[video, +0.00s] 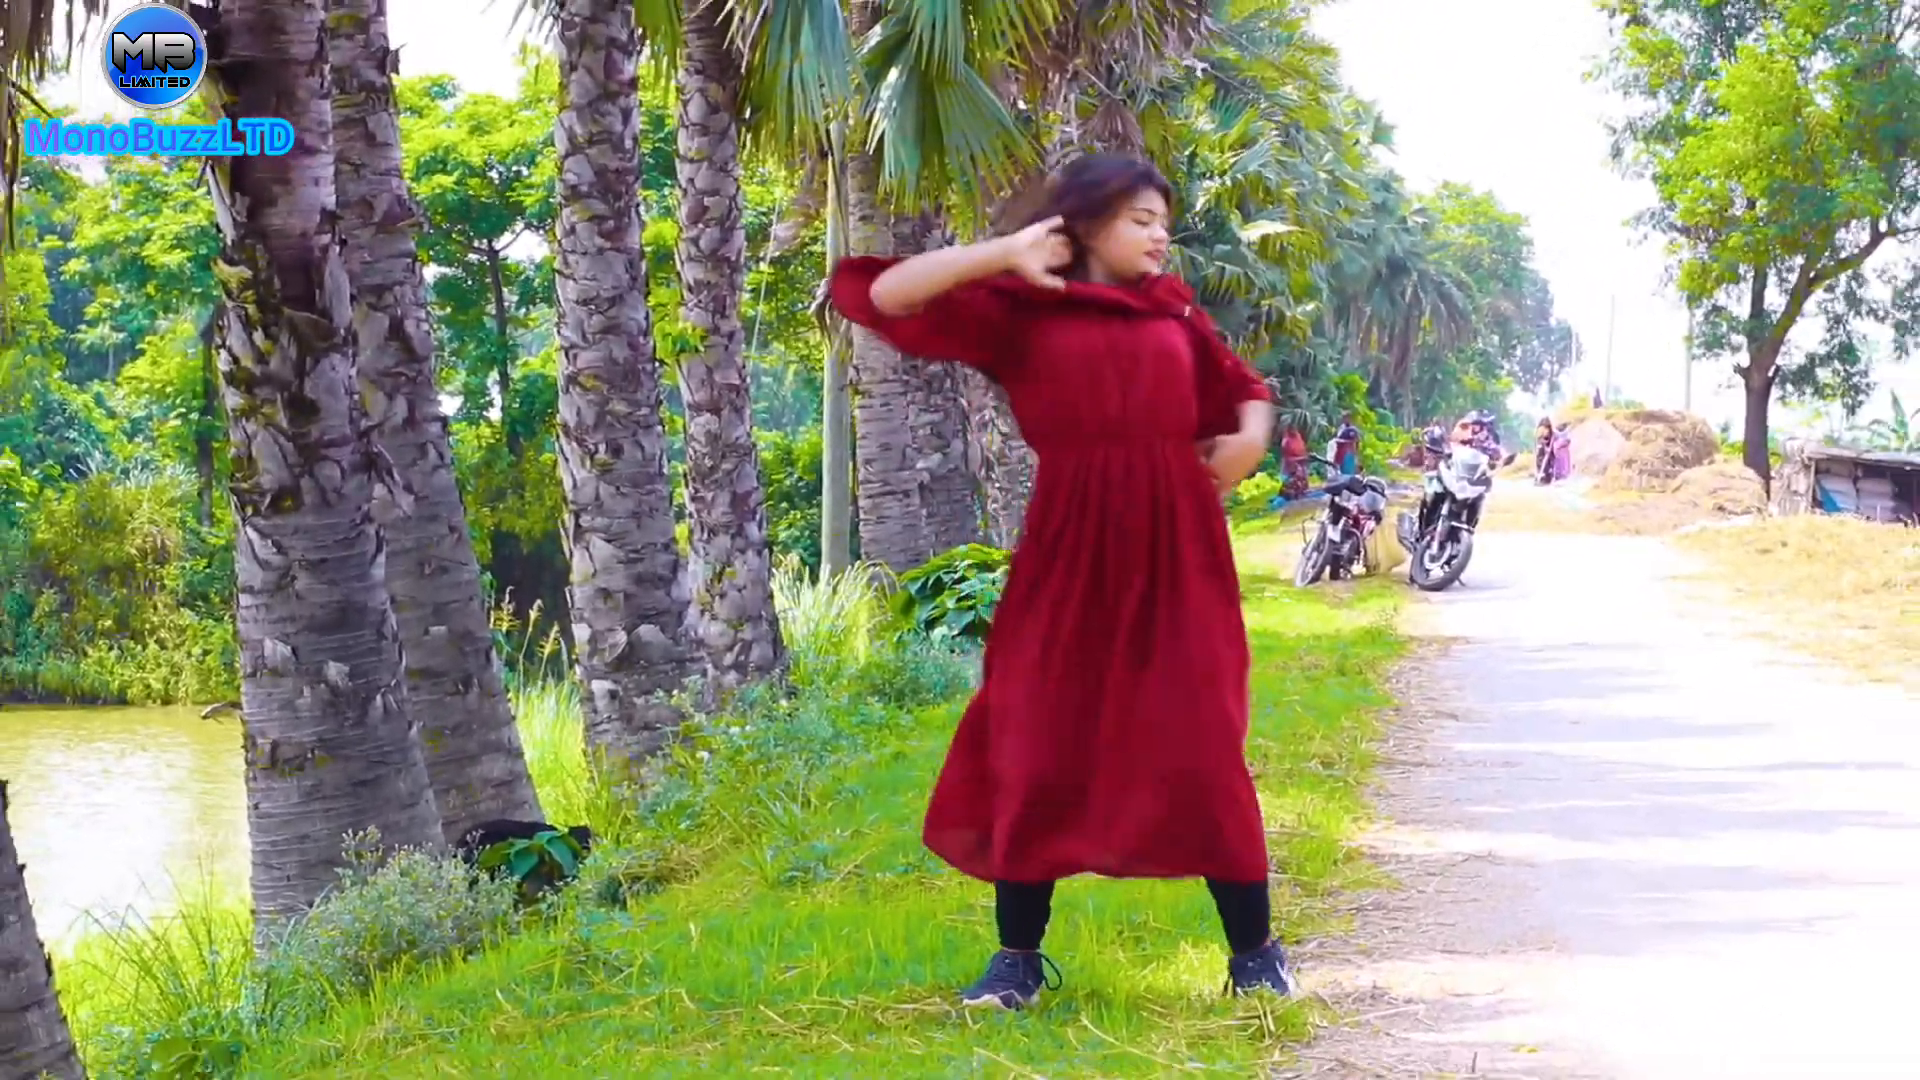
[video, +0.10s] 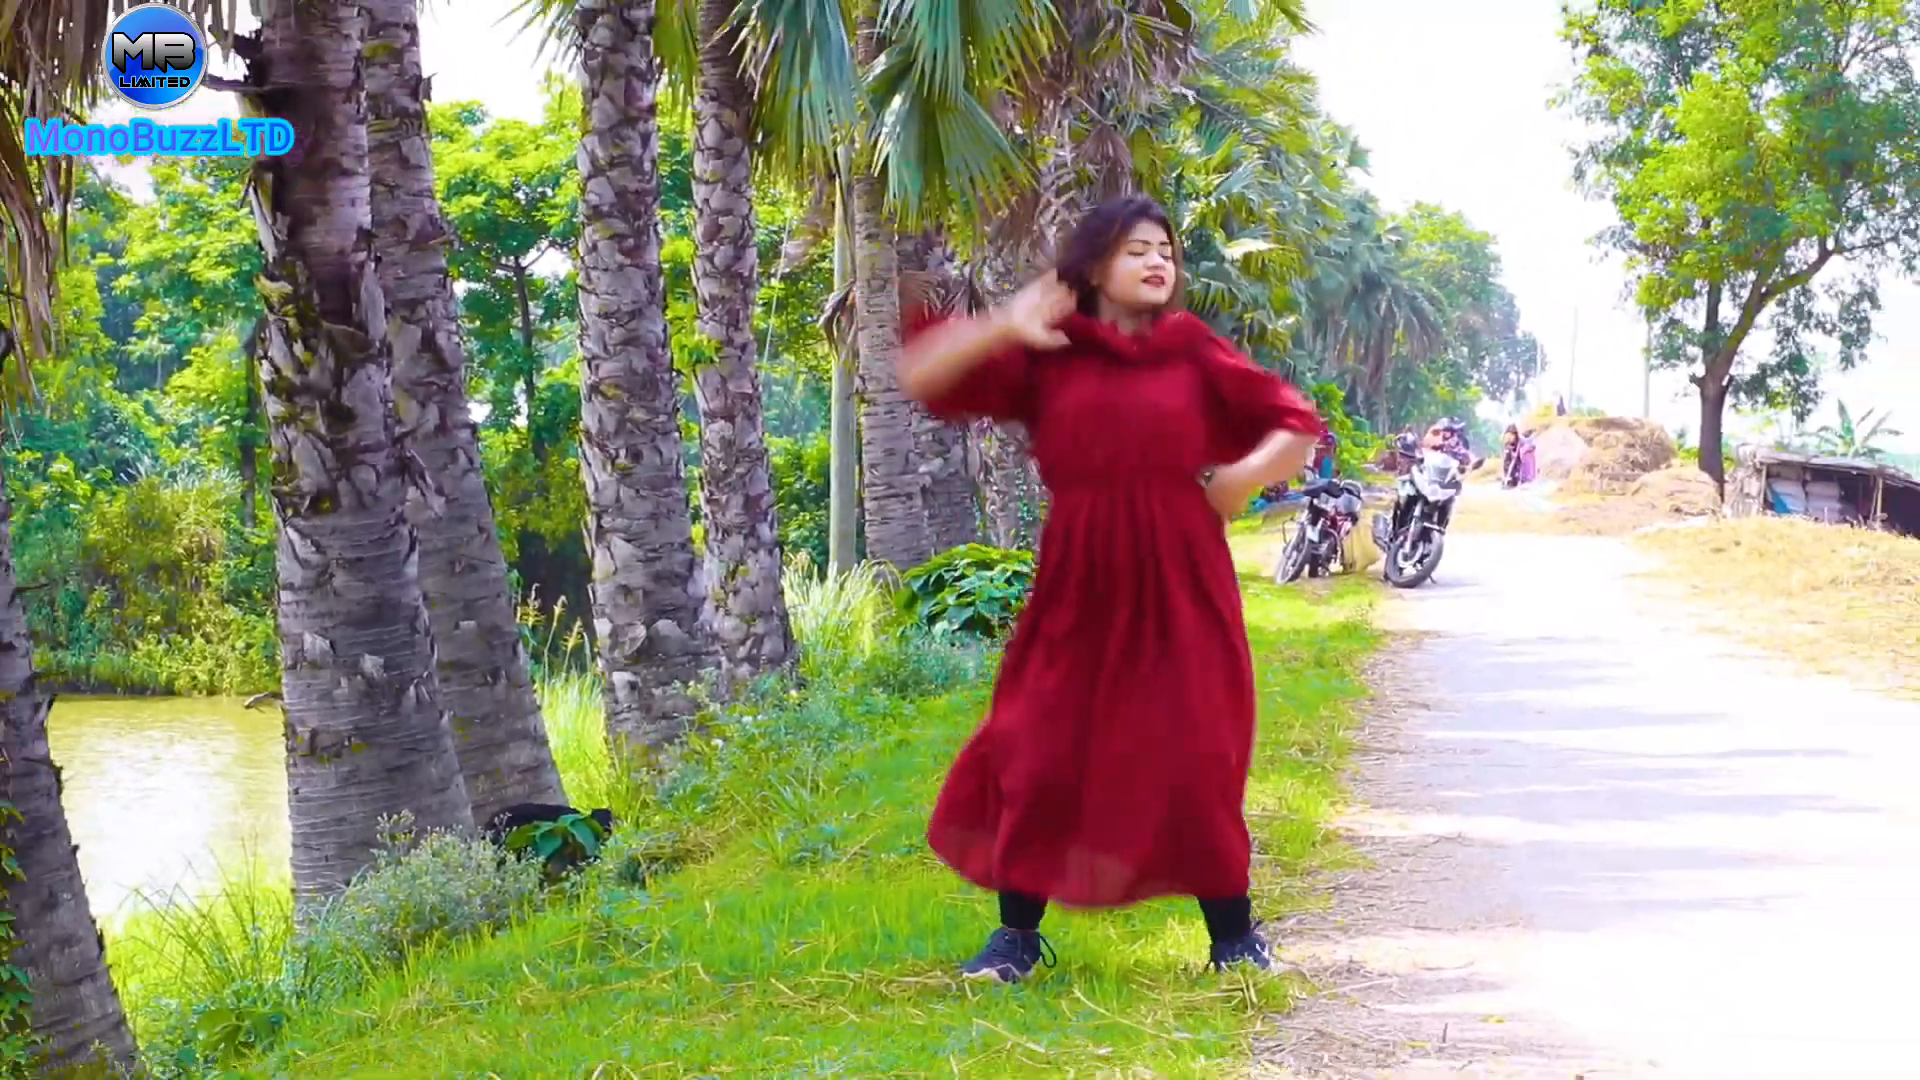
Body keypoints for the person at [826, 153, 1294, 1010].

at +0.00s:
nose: (1161, 237)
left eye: (1165, 224)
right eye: (1142, 220)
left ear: (1164, 234)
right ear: (1080, 229)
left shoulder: (1177, 316)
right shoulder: (1022, 313)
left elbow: (1248, 388)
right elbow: (882, 295)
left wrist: (1249, 439)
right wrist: (1001, 251)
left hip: (1180, 551)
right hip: (1069, 553)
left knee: (1210, 751)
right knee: (1033, 750)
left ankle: (1255, 957)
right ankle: (1017, 960)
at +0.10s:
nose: (1159, 262)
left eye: (1166, 251)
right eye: (1139, 250)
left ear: (1175, 268)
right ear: (1092, 266)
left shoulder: (1191, 348)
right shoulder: (1045, 354)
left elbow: (1300, 425)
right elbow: (919, 373)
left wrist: (1244, 479)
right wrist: (1006, 324)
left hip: (1183, 580)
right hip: (1077, 582)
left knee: (1201, 758)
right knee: (1032, 750)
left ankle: (1234, 944)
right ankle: (1016, 939)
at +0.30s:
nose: (1143, 217)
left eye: (1162, 202)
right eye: (1141, 204)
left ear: (1214, 215)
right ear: (1141, 226)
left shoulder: (1264, 298)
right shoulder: (1125, 329)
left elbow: (1306, 352)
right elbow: (1075, 441)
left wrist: (1213, 318)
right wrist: (1057, 514)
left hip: (1232, 560)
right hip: (1128, 553)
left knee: (1234, 753)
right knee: (1041, 737)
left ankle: (1256, 971)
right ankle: (1033, 948)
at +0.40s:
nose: (1133, 213)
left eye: (1151, 199)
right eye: (1136, 198)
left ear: (1200, 211)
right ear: (1152, 213)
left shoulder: (1244, 288)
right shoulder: (1132, 311)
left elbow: (1322, 295)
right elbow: (1099, 430)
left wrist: (1227, 229)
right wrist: (1089, 510)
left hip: (1219, 537)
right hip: (1125, 536)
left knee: (1226, 731)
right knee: (1066, 719)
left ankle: (1244, 944)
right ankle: (1039, 919)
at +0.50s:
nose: (1141, 213)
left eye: (1159, 199)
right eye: (1144, 199)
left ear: (1210, 210)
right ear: (1164, 215)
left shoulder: (1249, 296)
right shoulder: (1144, 305)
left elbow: (1333, 276)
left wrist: (1232, 228)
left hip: (1225, 539)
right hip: (1134, 537)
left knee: (1231, 734)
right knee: (1100, 726)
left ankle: (1249, 957)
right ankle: (1055, 937)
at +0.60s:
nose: (1158, 208)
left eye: (1171, 194)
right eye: (1159, 195)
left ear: (1226, 204)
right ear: (1197, 210)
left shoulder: (1303, 291)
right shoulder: (1171, 301)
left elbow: (1237, 333)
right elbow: (1137, 411)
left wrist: (1211, 250)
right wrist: (1096, 482)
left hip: (1241, 550)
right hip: (1149, 544)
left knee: (1242, 752)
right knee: (1116, 747)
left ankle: (1263, 980)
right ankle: (1066, 969)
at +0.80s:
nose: (1124, 236)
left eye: (1134, 221)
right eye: (1122, 222)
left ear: (1184, 224)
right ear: (1141, 231)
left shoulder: (1232, 302)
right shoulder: (1128, 307)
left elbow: (1285, 292)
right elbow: (1094, 391)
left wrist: (1210, 240)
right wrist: (1062, 445)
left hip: (1195, 539)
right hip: (1106, 535)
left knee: (1209, 727)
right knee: (1041, 711)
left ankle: (1241, 944)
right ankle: (1034, 922)